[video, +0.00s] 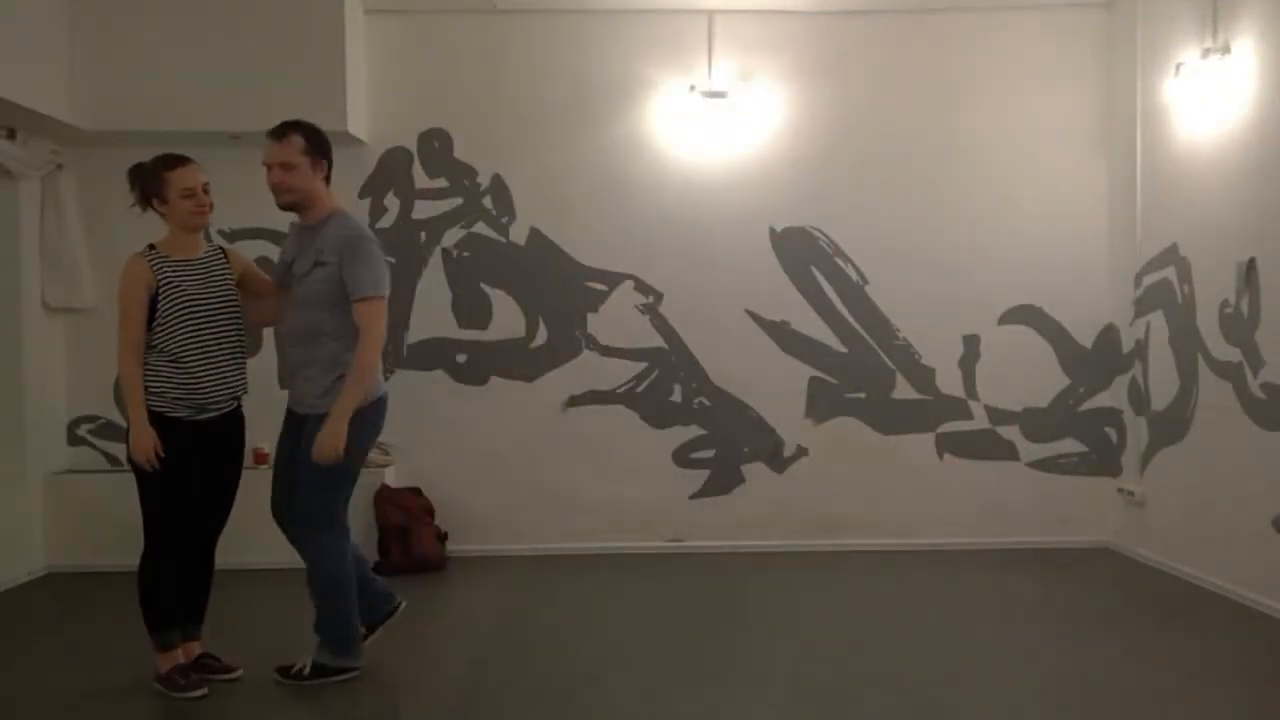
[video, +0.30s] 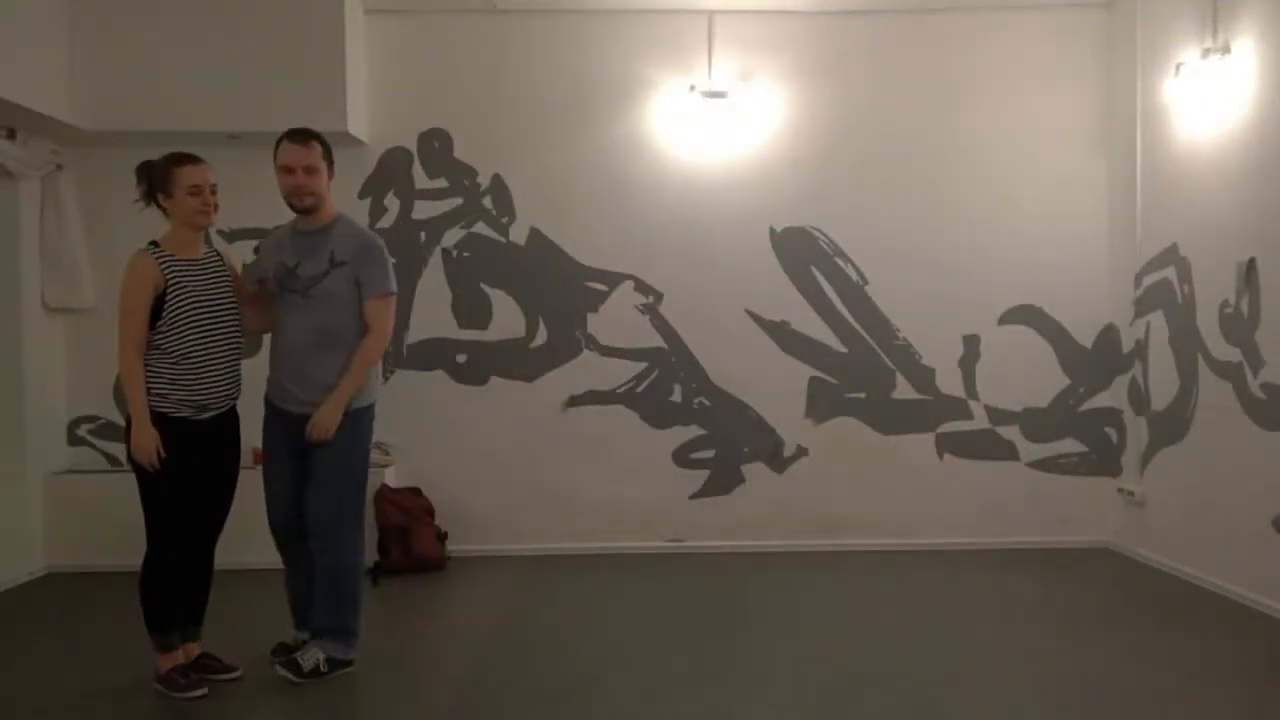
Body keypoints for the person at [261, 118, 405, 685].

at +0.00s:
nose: (273, 178)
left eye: (285, 168)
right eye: (269, 168)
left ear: (320, 169)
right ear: (268, 172)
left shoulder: (354, 239)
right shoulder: (297, 236)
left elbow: (373, 339)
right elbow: (277, 308)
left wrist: (339, 418)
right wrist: (202, 309)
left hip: (346, 406)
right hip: (306, 404)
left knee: (318, 520)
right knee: (289, 509)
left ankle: (339, 652)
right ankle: (373, 598)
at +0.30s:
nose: (298, 181)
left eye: (308, 170)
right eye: (288, 171)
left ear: (329, 175)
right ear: (276, 178)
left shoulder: (363, 244)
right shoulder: (274, 246)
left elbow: (380, 333)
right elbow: (257, 318)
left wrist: (336, 403)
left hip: (343, 410)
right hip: (284, 407)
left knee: (334, 527)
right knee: (289, 523)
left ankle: (338, 644)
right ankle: (310, 630)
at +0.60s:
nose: (299, 194)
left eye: (309, 185)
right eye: (288, 185)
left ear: (326, 193)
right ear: (275, 194)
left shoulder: (354, 260)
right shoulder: (250, 262)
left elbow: (384, 336)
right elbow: (221, 330)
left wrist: (381, 404)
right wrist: (163, 350)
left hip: (338, 415)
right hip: (271, 418)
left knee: (331, 521)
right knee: (276, 525)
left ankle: (336, 640)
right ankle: (285, 631)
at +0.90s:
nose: (314, 191)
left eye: (323, 183)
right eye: (303, 183)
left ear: (337, 191)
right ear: (288, 193)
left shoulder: (359, 258)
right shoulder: (258, 256)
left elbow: (382, 324)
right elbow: (220, 325)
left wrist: (383, 370)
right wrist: (214, 281)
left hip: (340, 408)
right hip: (278, 407)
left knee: (340, 516)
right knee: (285, 515)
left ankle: (321, 599)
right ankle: (285, 623)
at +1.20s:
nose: (330, 196)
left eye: (338, 188)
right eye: (320, 188)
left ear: (351, 198)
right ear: (304, 197)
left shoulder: (366, 263)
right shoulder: (275, 258)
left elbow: (381, 327)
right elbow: (227, 322)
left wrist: (391, 380)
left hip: (348, 407)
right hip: (290, 406)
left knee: (367, 505)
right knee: (302, 512)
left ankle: (331, 596)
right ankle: (294, 623)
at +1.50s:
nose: (369, 192)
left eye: (378, 185)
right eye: (359, 184)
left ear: (389, 195)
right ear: (343, 192)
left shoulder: (394, 265)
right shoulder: (312, 252)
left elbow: (393, 334)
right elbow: (254, 307)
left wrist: (416, 385)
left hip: (381, 403)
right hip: (324, 404)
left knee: (401, 506)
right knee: (320, 515)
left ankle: (416, 615)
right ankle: (297, 625)